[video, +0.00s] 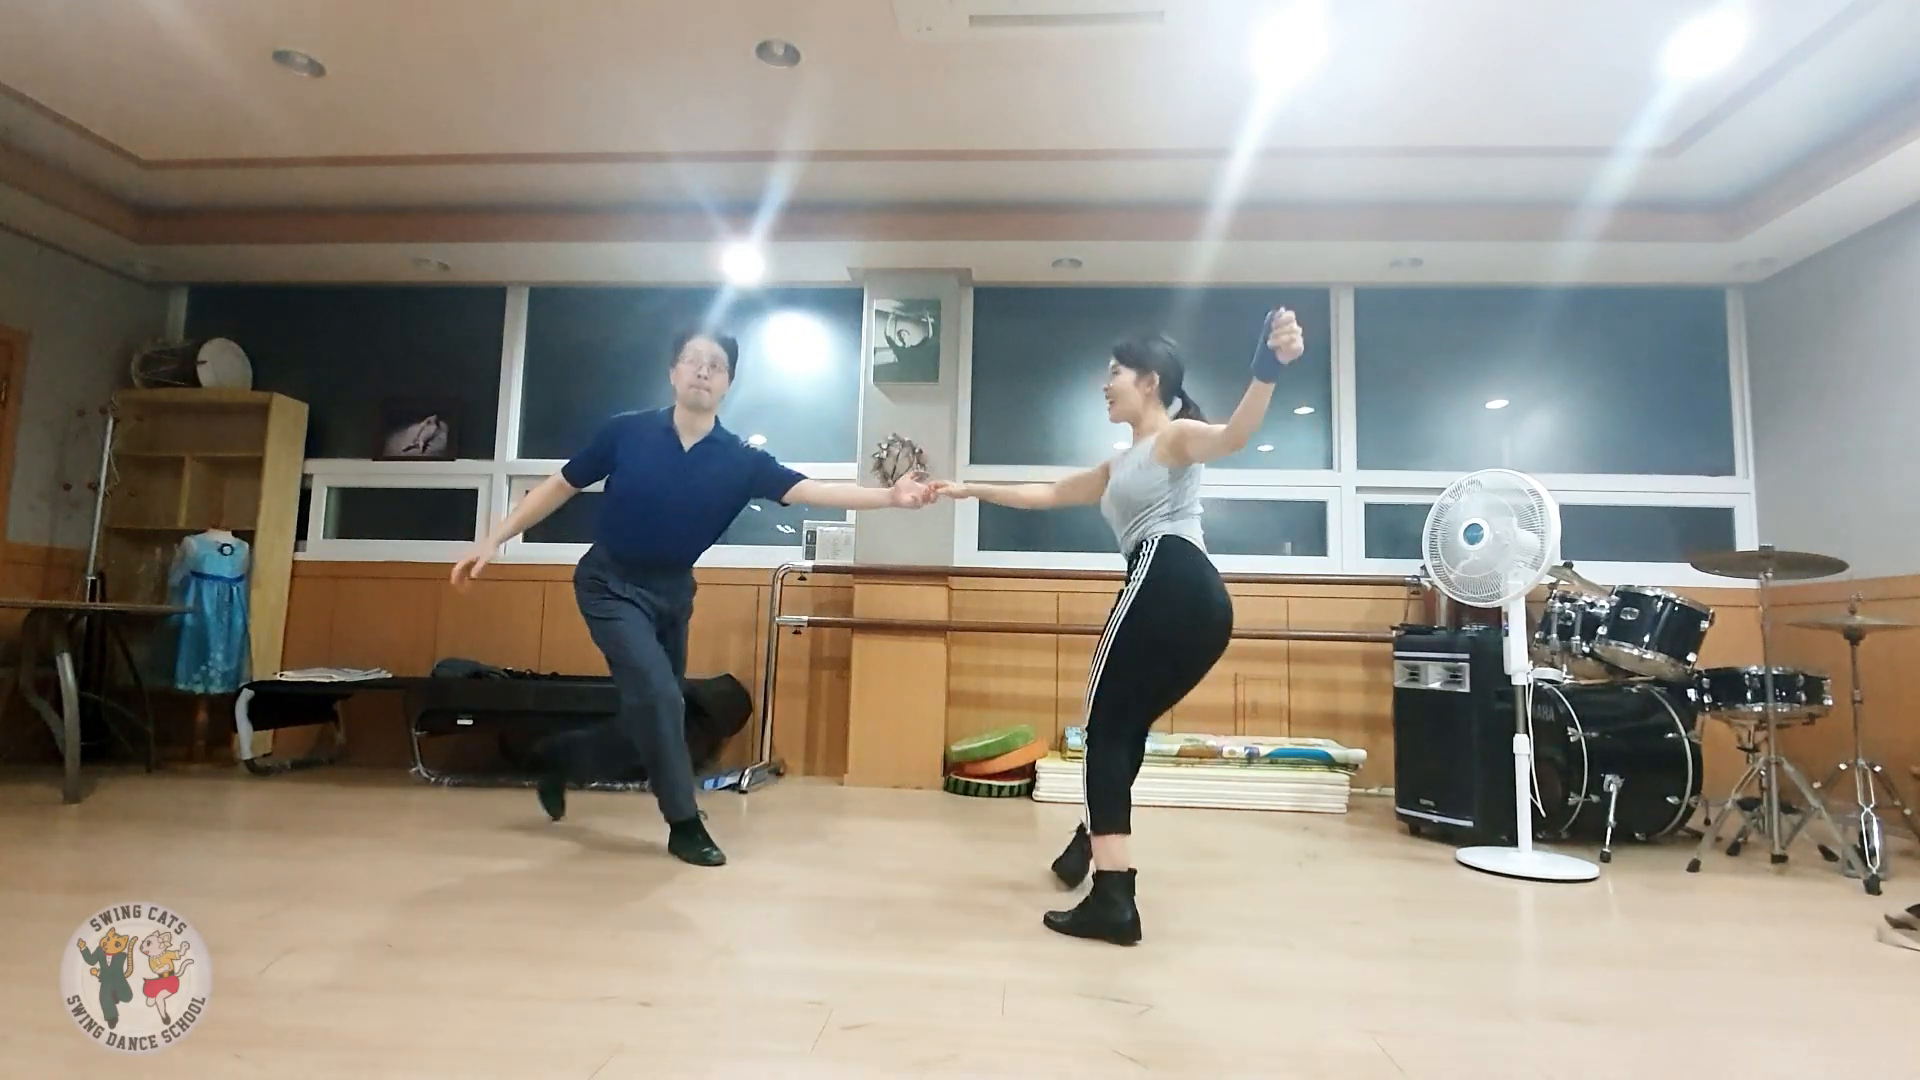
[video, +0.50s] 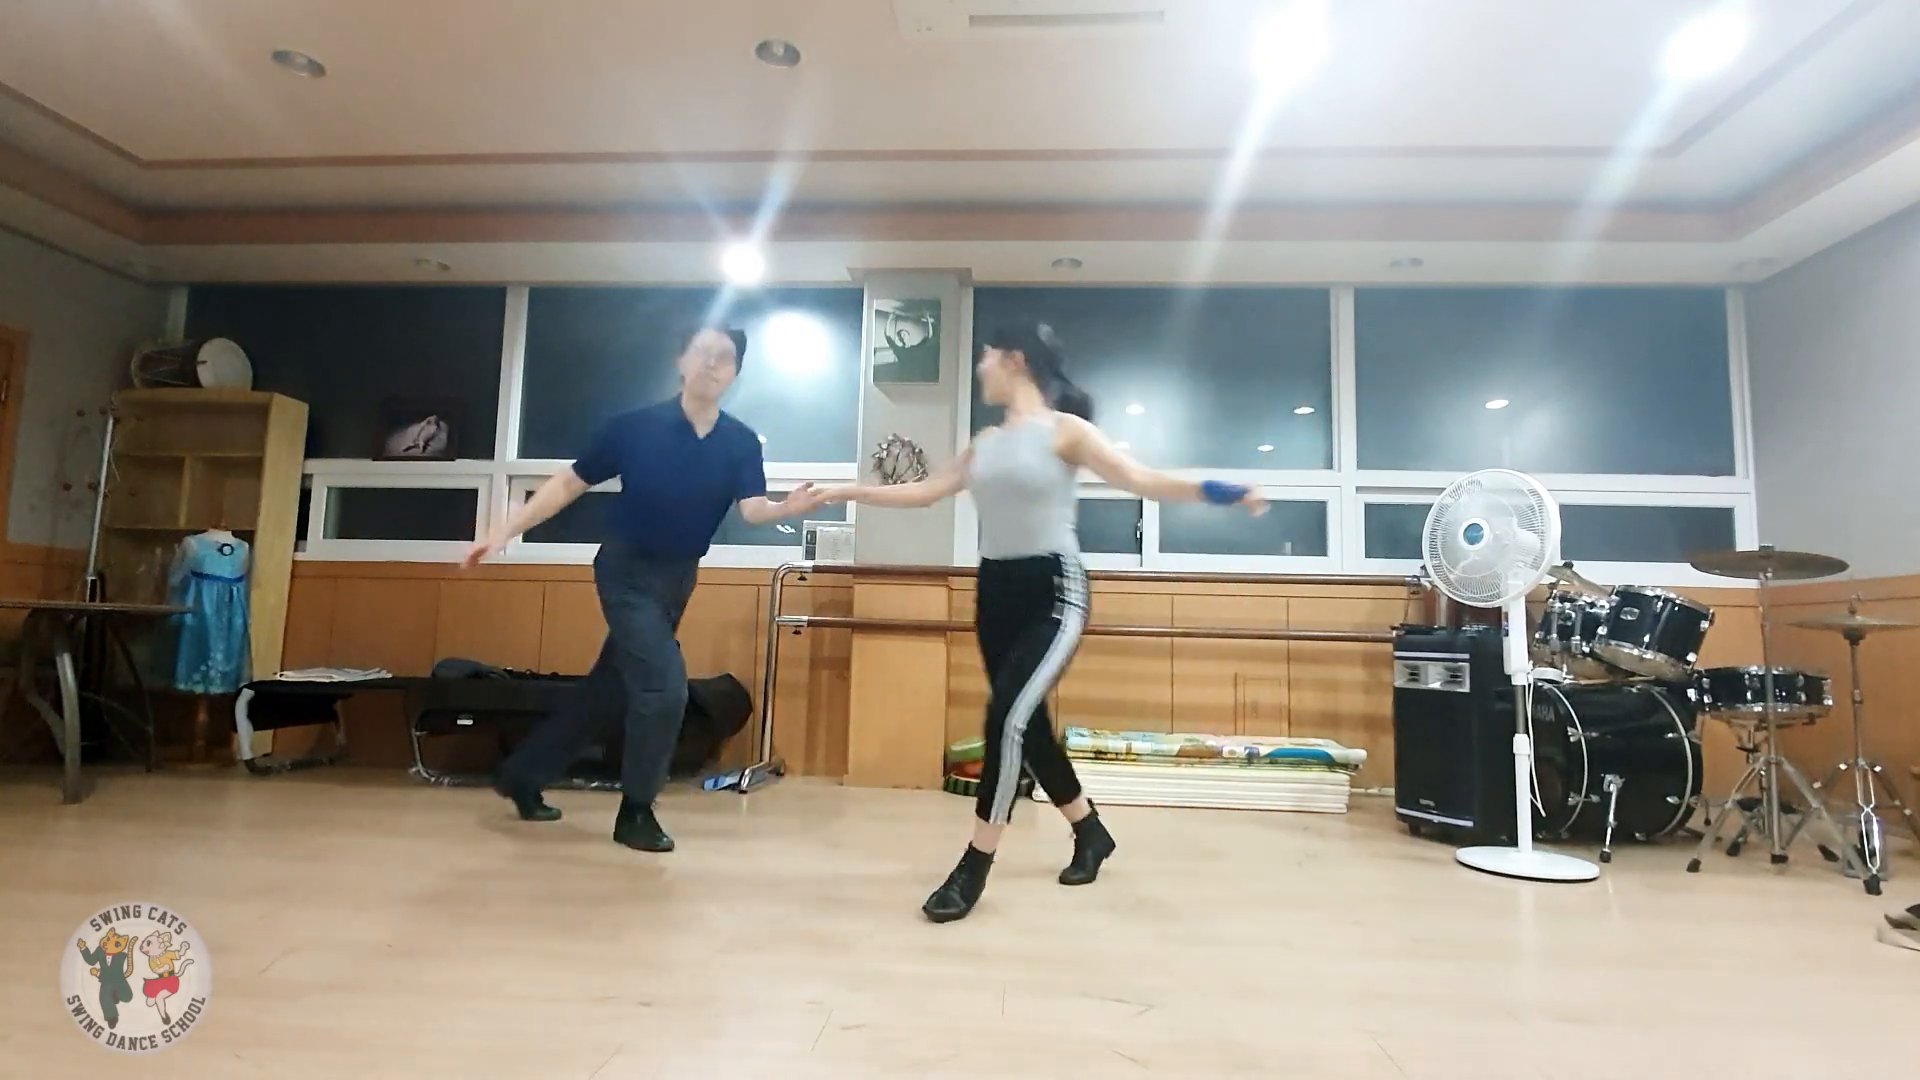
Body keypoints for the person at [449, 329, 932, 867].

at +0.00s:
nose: (701, 372)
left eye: (714, 366)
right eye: (692, 362)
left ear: (728, 385)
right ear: (671, 374)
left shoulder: (741, 461)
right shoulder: (627, 434)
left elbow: (812, 490)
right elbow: (559, 487)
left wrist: (892, 495)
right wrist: (492, 541)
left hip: (671, 595)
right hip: (611, 583)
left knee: (651, 722)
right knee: (657, 691)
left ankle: (557, 758)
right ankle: (685, 823)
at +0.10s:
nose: (699, 376)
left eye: (712, 370)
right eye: (690, 365)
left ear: (726, 387)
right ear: (669, 375)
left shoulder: (736, 462)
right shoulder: (624, 434)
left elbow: (802, 492)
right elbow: (554, 488)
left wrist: (879, 494)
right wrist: (487, 539)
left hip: (663, 596)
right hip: (605, 583)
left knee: (638, 715)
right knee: (649, 689)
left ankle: (531, 767)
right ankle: (683, 822)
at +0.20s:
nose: (699, 374)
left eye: (712, 369)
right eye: (690, 362)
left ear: (723, 386)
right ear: (668, 371)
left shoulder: (728, 456)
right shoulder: (620, 431)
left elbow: (791, 492)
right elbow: (546, 483)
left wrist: (857, 493)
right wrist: (482, 531)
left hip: (653, 590)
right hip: (599, 576)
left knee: (623, 708)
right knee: (646, 688)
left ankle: (519, 780)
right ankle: (681, 822)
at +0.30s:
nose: (694, 373)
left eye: (708, 368)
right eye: (686, 361)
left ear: (718, 385)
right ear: (666, 369)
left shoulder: (720, 450)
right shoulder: (617, 428)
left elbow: (779, 489)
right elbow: (543, 479)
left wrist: (840, 490)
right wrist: (478, 527)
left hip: (650, 581)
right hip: (596, 571)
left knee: (598, 699)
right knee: (648, 675)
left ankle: (516, 786)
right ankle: (677, 817)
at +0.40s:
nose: (694, 374)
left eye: (707, 368)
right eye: (686, 363)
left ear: (719, 385)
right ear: (667, 372)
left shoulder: (725, 450)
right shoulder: (620, 430)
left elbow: (760, 498)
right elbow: (546, 482)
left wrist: (816, 495)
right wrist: (480, 529)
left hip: (657, 583)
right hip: (605, 573)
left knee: (591, 690)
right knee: (660, 676)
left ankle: (512, 787)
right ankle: (639, 809)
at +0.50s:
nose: (710, 365)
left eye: (722, 359)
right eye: (702, 353)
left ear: (735, 375)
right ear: (680, 361)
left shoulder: (741, 444)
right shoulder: (636, 429)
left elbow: (751, 511)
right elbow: (568, 483)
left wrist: (790, 506)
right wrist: (504, 533)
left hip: (676, 582)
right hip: (626, 574)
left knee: (607, 689)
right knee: (664, 685)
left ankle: (522, 774)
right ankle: (635, 812)